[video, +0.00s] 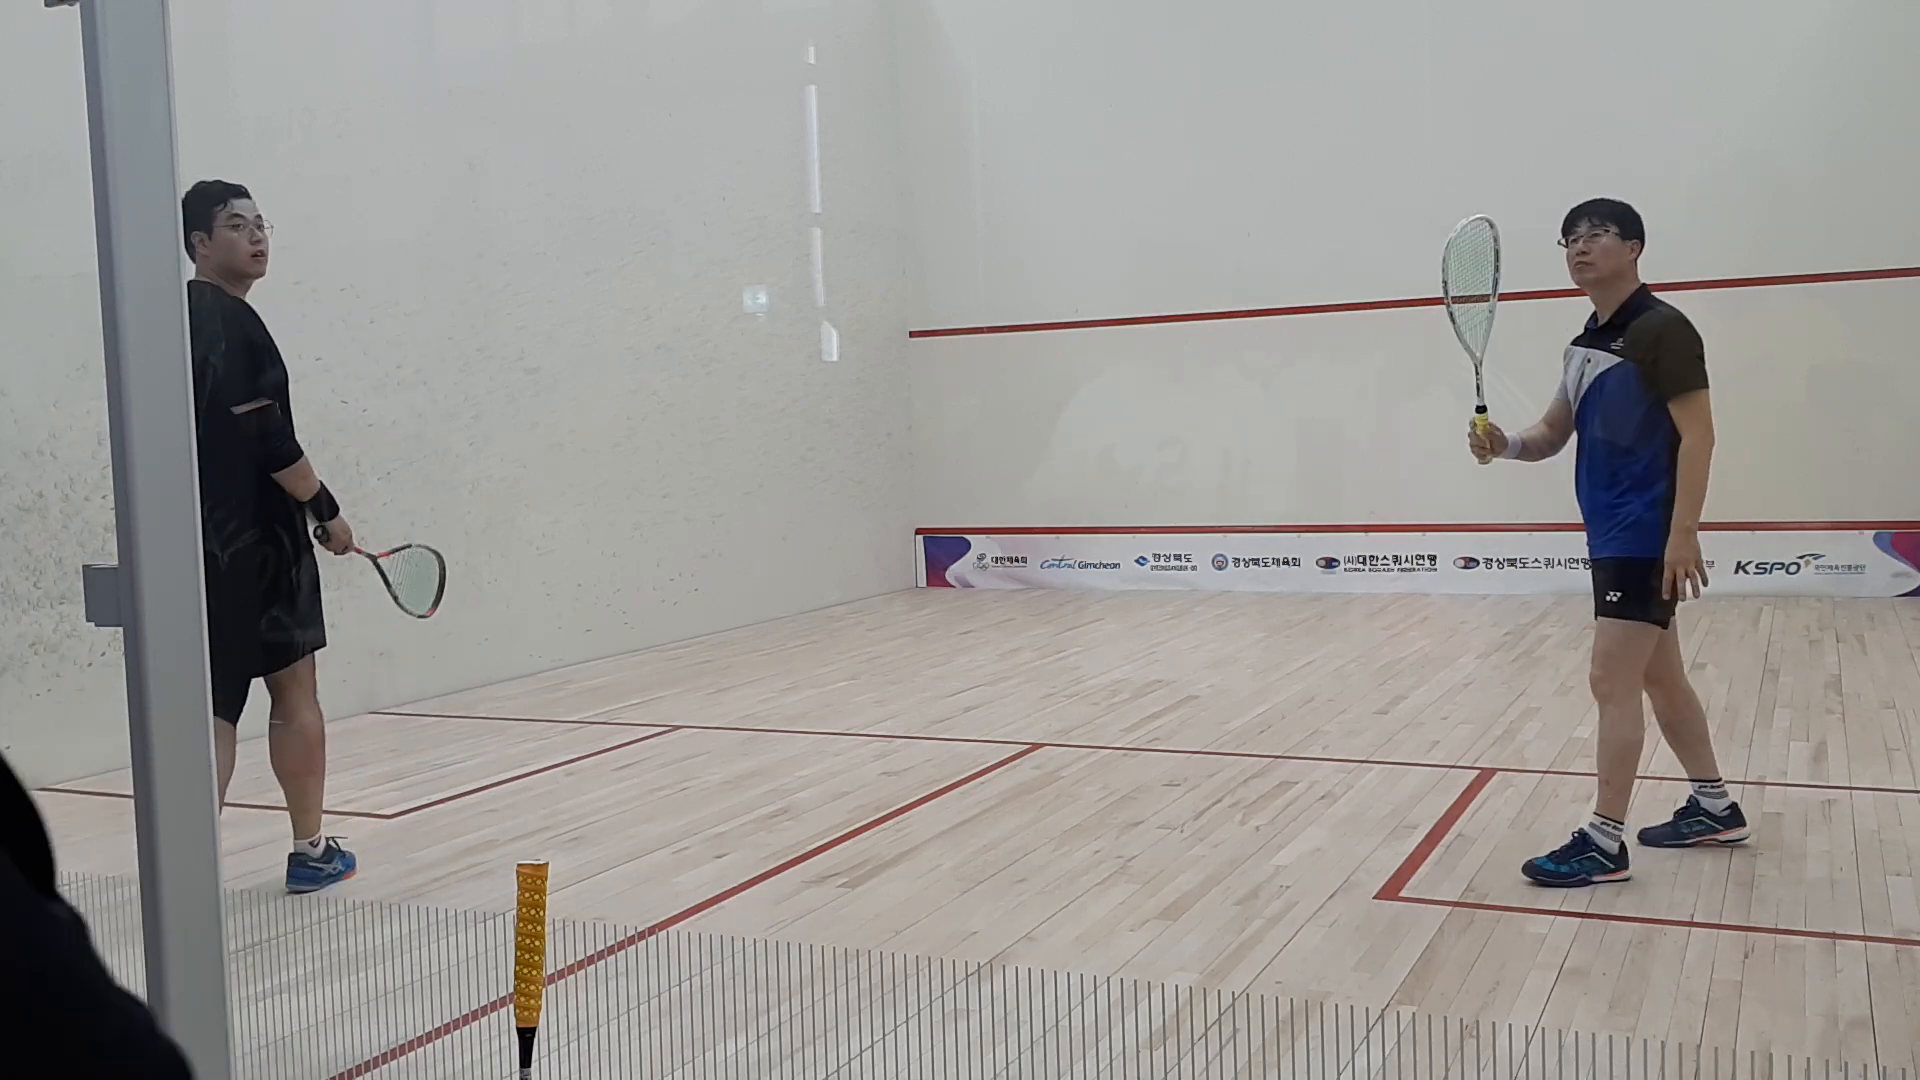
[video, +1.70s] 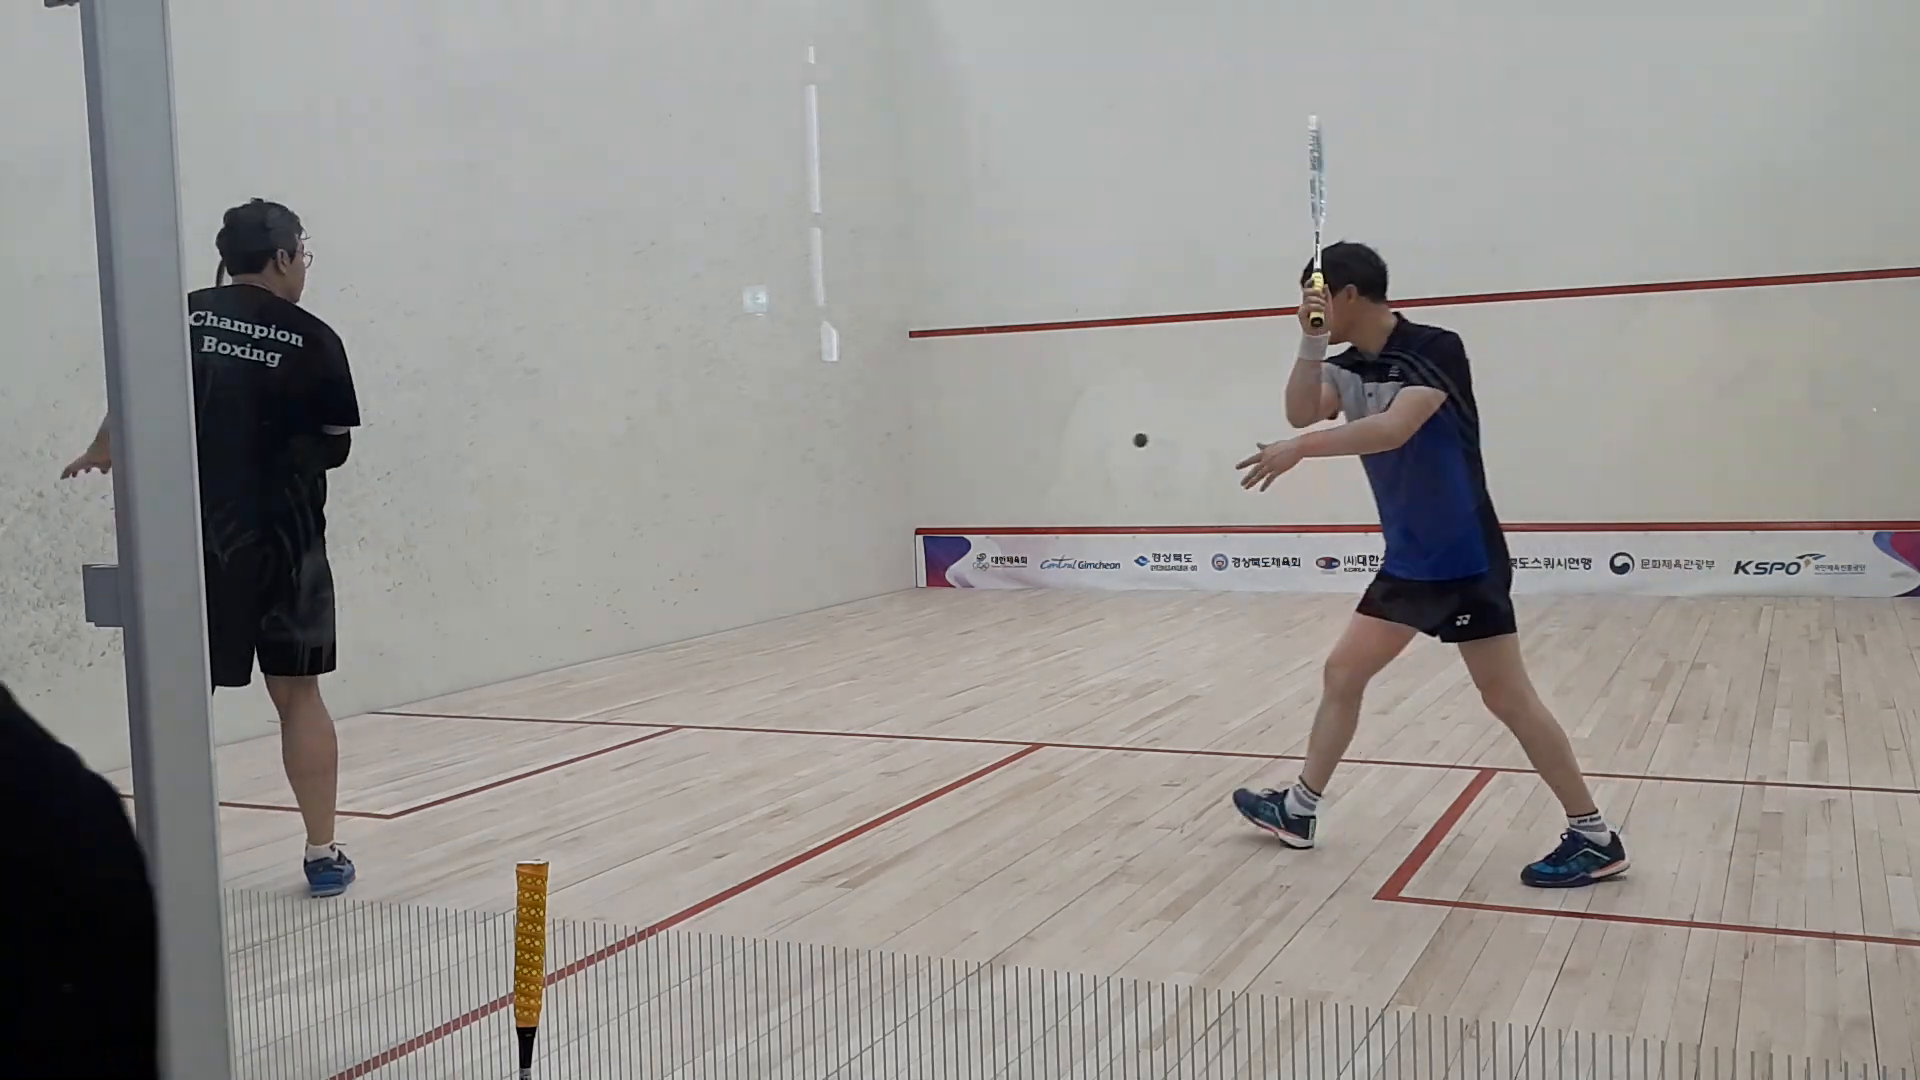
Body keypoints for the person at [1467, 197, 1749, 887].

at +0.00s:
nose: (1578, 247)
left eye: (1594, 235)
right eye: (1571, 240)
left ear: (1632, 248)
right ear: (1566, 260)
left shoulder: (1663, 329)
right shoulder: (1585, 345)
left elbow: (1699, 434)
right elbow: (1549, 435)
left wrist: (1684, 531)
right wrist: (1505, 444)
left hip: (1645, 540)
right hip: (1612, 539)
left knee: (1613, 681)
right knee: (1664, 679)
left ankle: (1606, 837)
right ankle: (1714, 802)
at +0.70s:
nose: (1491, 256)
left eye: (1502, 242)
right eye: (1491, 243)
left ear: (1548, 247)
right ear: (1531, 252)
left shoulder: (1603, 325)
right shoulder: (1531, 336)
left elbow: (1640, 433)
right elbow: (1490, 431)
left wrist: (1615, 528)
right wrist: (1428, 443)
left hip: (1607, 538)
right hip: (1570, 538)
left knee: (1580, 685)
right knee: (1624, 673)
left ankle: (1602, 839)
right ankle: (1690, 781)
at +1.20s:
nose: (1437, 287)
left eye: (1444, 271)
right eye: (1436, 273)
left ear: (1482, 265)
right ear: (1480, 269)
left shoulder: (1557, 335)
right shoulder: (1477, 346)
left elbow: (1595, 450)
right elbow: (1445, 431)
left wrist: (1570, 544)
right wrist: (1392, 463)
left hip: (1586, 532)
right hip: (1539, 533)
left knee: (1573, 684)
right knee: (1554, 675)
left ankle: (1602, 839)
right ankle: (1663, 772)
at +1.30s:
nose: (1422, 291)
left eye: (1428, 276)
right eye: (1420, 277)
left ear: (1465, 269)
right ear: (1463, 271)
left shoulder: (1538, 340)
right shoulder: (1463, 350)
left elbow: (1550, 459)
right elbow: (1431, 435)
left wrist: (1496, 542)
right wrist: (1391, 461)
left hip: (1577, 543)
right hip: (1527, 542)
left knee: (1569, 689)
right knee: (1512, 673)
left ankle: (1601, 838)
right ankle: (1608, 788)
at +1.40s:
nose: (1404, 293)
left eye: (1410, 278)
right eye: (1402, 280)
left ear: (1448, 272)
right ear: (1444, 276)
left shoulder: (1520, 341)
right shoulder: (1444, 352)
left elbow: (1497, 460)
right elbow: (1411, 439)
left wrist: (1406, 512)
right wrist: (1377, 439)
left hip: (1565, 542)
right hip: (1512, 542)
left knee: (1563, 691)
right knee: (1465, 665)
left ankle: (1603, 838)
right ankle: (1508, 808)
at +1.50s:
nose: (1379, 296)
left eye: (1386, 281)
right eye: (1377, 283)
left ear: (1424, 275)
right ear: (1418, 279)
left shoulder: (1501, 341)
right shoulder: (1416, 352)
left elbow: (1458, 445)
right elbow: (1378, 437)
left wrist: (1358, 466)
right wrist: (1353, 400)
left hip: (1542, 546)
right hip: (1484, 545)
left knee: (1554, 692)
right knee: (1424, 659)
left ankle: (1601, 838)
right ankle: (1407, 805)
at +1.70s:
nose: (1315, 314)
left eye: (1319, 303)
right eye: (1313, 304)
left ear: (1350, 295)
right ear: (1351, 297)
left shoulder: (1433, 350)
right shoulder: (1348, 364)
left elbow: (1394, 431)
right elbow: (1301, 410)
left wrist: (1302, 446)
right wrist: (1311, 338)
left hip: (1468, 560)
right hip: (1409, 561)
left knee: (1509, 697)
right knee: (1343, 674)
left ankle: (1595, 833)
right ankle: (1301, 806)